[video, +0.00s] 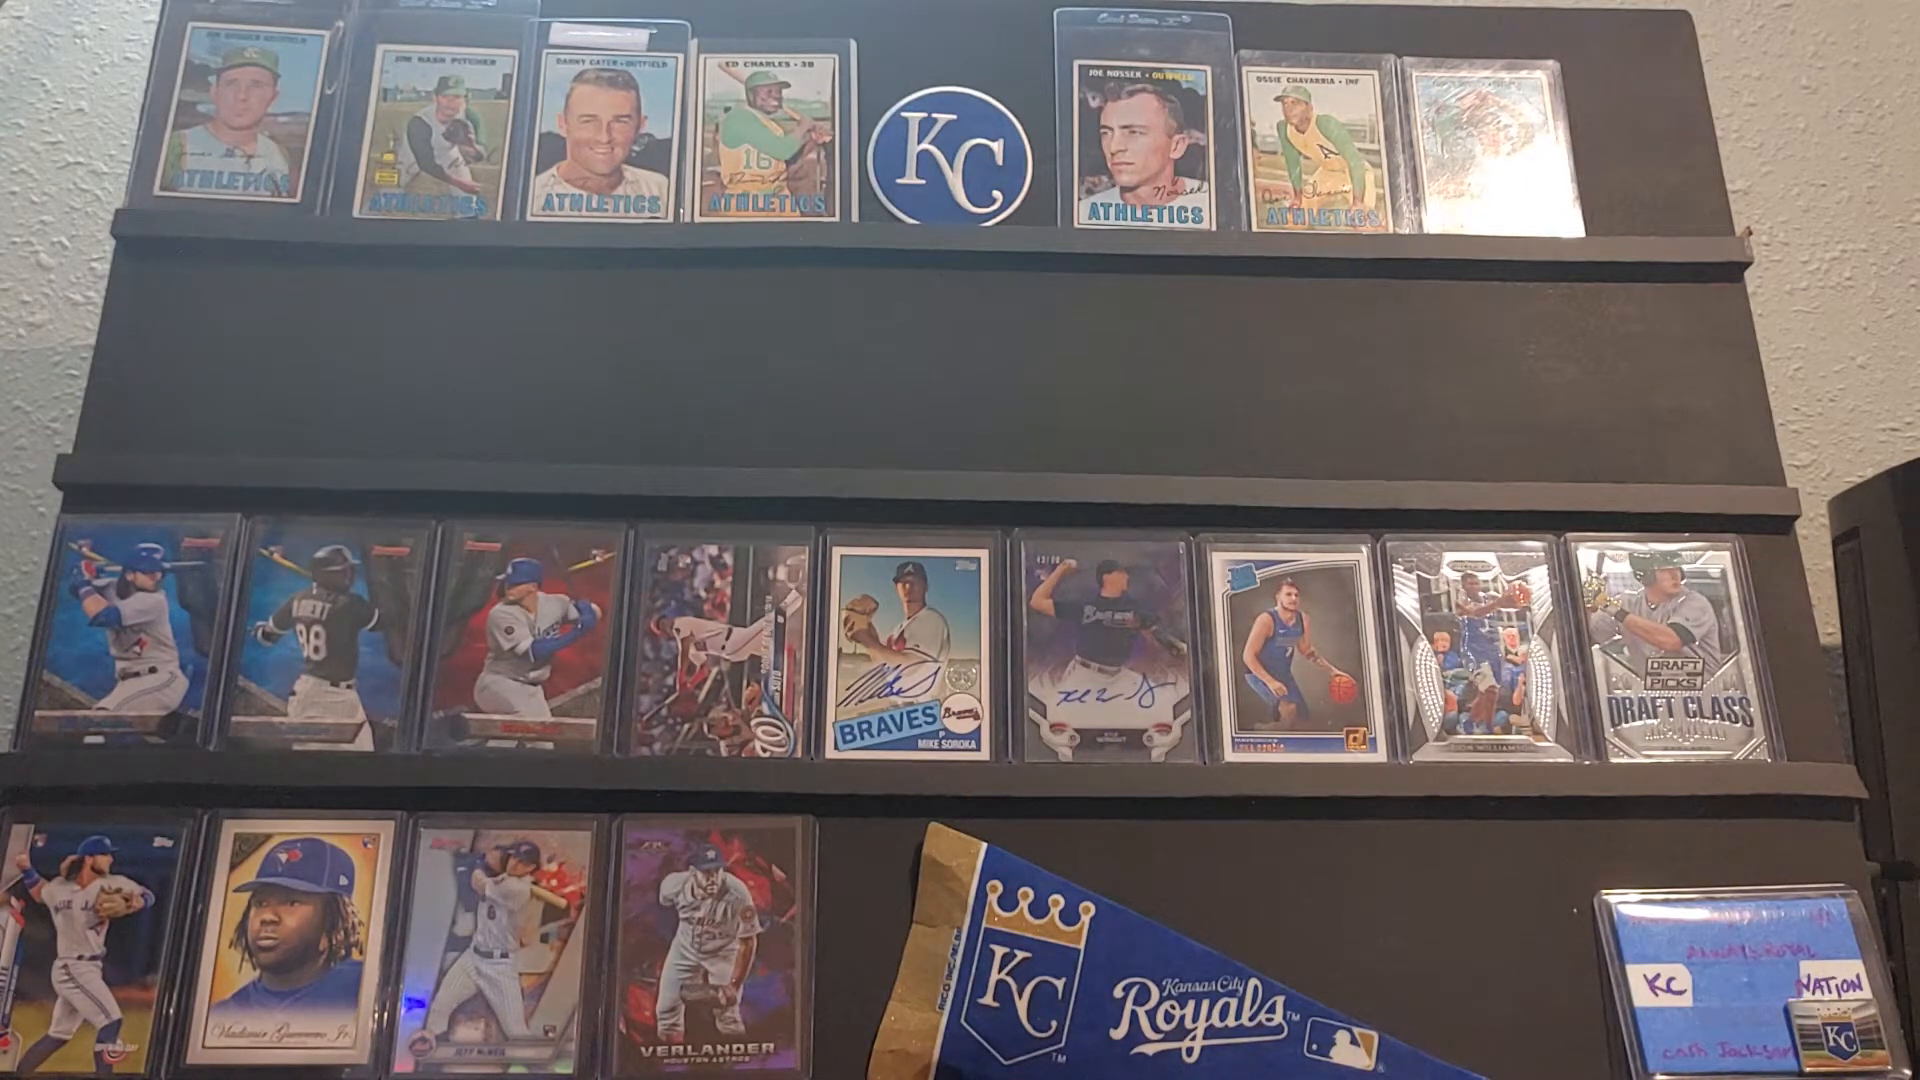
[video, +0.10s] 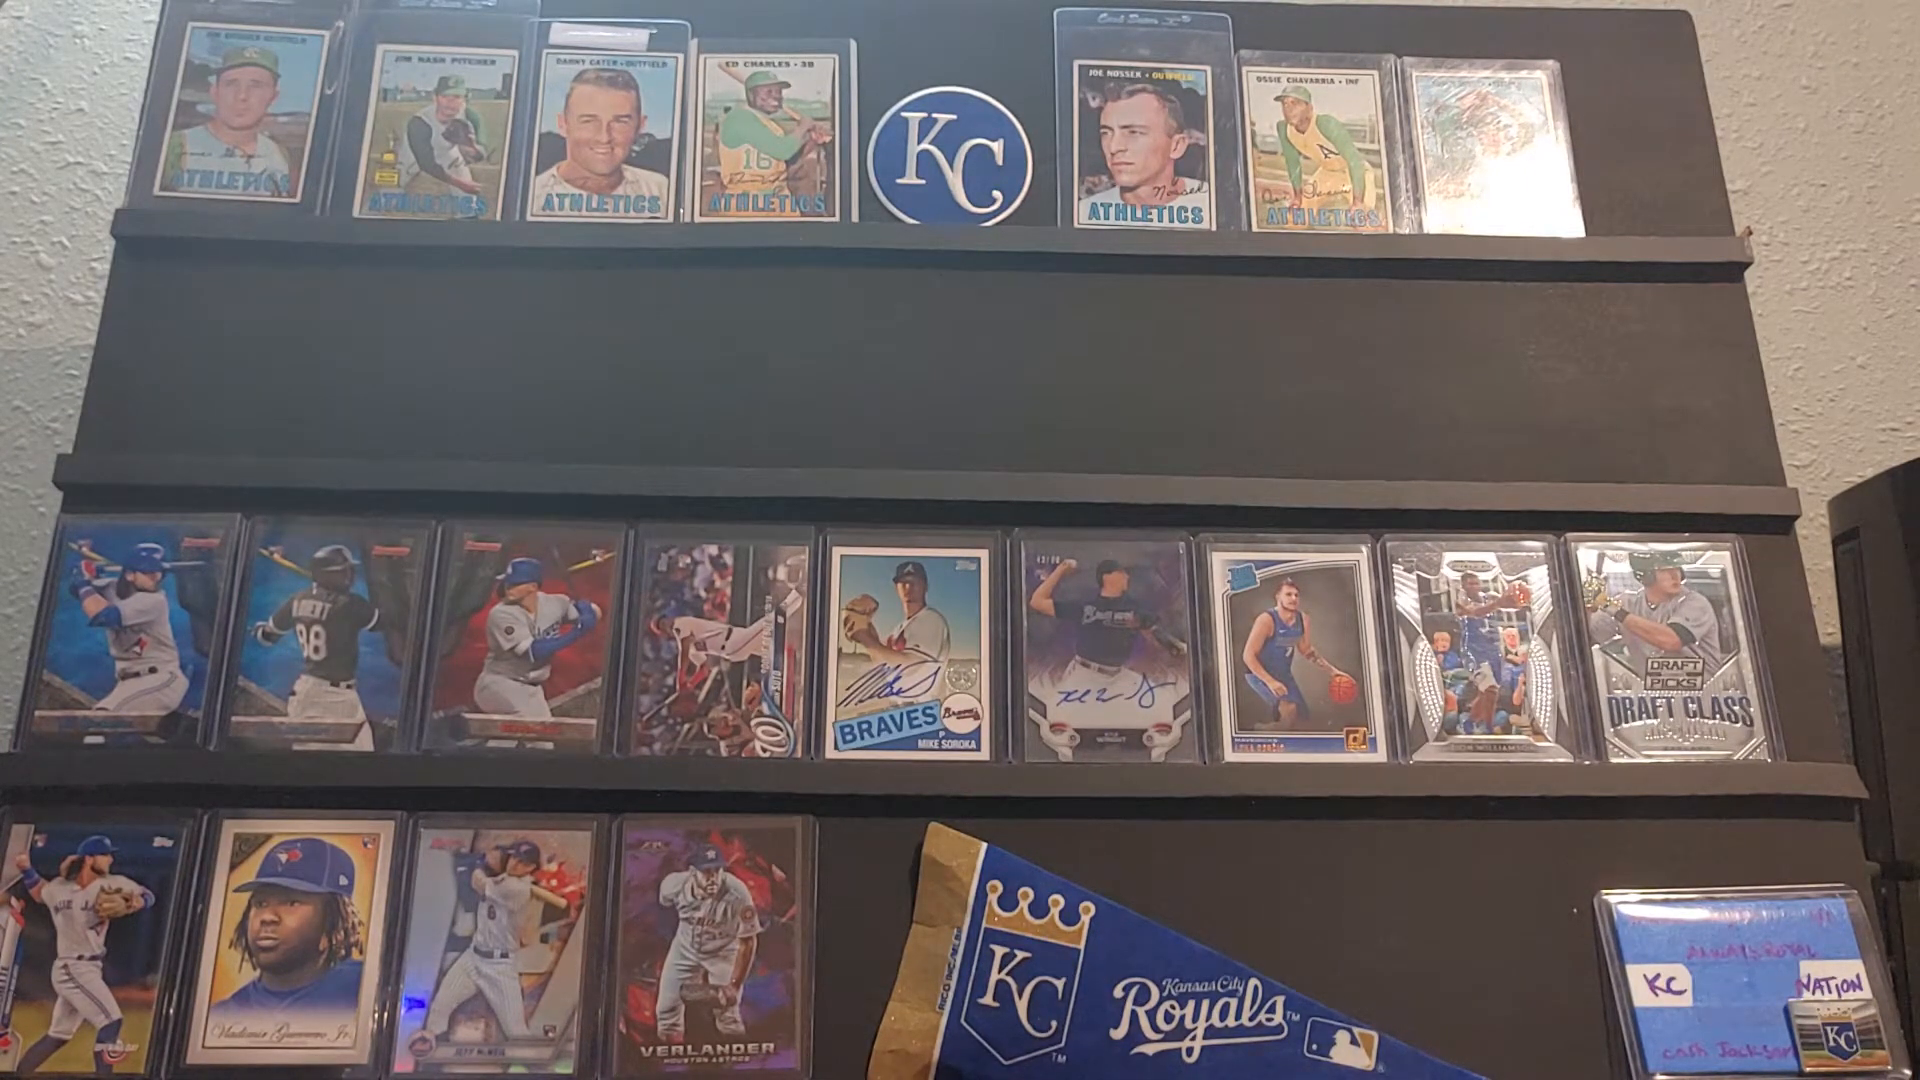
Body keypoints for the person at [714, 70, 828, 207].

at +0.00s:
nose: (776, 97)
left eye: (779, 92)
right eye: (769, 92)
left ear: (782, 93)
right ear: (752, 96)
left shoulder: (774, 126)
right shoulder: (738, 118)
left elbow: (785, 168)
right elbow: (783, 151)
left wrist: (811, 143)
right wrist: (802, 128)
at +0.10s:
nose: (776, 97)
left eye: (779, 92)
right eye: (769, 92)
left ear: (782, 94)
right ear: (751, 95)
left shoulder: (774, 126)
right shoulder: (738, 118)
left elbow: (785, 167)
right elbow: (783, 152)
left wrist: (811, 143)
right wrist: (802, 128)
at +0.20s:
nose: (776, 97)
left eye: (779, 92)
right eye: (769, 92)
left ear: (782, 93)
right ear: (751, 95)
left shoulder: (774, 126)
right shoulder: (739, 118)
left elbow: (784, 168)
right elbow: (783, 151)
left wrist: (811, 143)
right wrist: (802, 128)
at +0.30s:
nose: (776, 97)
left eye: (778, 92)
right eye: (769, 92)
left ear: (782, 93)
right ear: (751, 96)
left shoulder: (774, 126)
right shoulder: (738, 118)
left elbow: (784, 168)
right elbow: (783, 151)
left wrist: (811, 143)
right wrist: (802, 128)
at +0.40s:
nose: (776, 97)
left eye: (778, 92)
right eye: (769, 92)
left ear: (782, 93)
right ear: (751, 96)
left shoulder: (774, 126)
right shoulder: (738, 118)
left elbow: (784, 168)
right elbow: (783, 151)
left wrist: (811, 143)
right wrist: (802, 128)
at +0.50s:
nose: (776, 97)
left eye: (779, 92)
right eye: (769, 92)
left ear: (782, 93)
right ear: (751, 95)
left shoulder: (773, 125)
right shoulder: (738, 118)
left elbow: (784, 168)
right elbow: (783, 151)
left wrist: (811, 143)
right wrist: (802, 128)